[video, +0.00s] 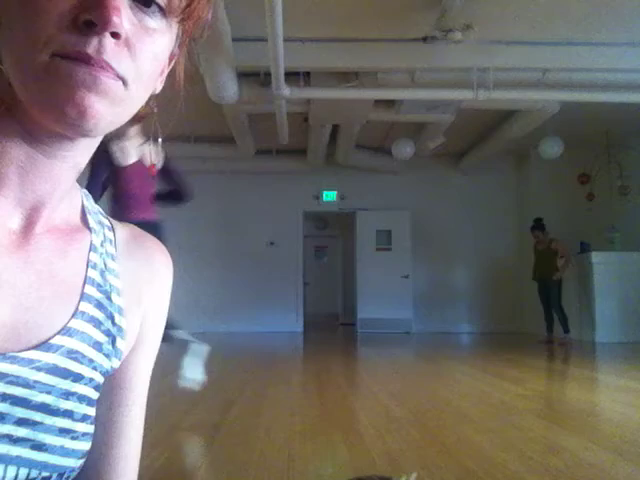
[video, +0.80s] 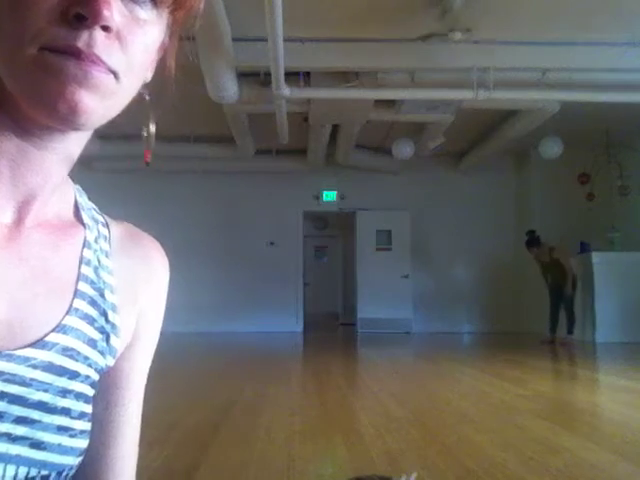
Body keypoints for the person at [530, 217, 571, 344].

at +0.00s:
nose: (536, 239)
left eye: (537, 236)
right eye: (534, 236)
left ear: (544, 233)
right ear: (533, 235)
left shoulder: (554, 244)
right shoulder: (536, 245)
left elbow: (567, 257)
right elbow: (537, 261)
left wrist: (561, 272)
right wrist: (535, 274)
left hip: (553, 278)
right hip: (541, 279)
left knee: (556, 306)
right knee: (546, 307)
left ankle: (566, 333)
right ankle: (549, 334)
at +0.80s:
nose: (532, 254)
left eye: (532, 251)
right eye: (530, 251)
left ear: (537, 247)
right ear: (532, 250)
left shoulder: (555, 252)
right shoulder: (538, 257)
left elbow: (569, 269)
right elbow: (543, 271)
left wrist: (569, 286)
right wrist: (547, 284)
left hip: (567, 278)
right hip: (554, 279)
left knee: (568, 307)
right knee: (554, 307)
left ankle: (569, 335)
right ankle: (552, 335)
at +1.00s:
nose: (530, 267)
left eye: (530, 264)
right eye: (528, 265)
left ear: (534, 260)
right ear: (527, 263)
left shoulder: (549, 262)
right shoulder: (534, 267)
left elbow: (564, 278)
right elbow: (537, 280)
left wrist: (567, 293)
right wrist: (541, 294)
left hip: (567, 283)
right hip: (553, 284)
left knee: (566, 309)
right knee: (551, 310)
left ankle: (568, 335)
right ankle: (551, 336)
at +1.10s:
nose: (531, 278)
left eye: (531, 275)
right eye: (529, 276)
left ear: (535, 270)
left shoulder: (550, 270)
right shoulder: (534, 275)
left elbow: (563, 289)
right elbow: (538, 292)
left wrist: (567, 310)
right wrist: (541, 309)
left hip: (568, 283)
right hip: (554, 285)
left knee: (565, 308)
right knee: (552, 310)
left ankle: (568, 336)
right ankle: (551, 336)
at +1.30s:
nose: (531, 291)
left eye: (530, 289)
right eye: (529, 290)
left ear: (533, 285)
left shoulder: (551, 281)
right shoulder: (534, 284)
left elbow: (564, 302)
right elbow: (538, 303)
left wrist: (570, 319)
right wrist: (542, 321)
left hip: (569, 284)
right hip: (555, 286)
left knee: (565, 307)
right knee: (552, 309)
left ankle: (568, 335)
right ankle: (551, 335)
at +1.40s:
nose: (531, 296)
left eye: (531, 294)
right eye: (529, 295)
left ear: (534, 290)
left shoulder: (552, 287)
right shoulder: (534, 288)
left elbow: (565, 304)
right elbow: (538, 308)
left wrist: (570, 323)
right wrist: (543, 326)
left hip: (570, 283)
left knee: (565, 307)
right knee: (552, 309)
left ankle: (568, 334)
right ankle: (550, 334)